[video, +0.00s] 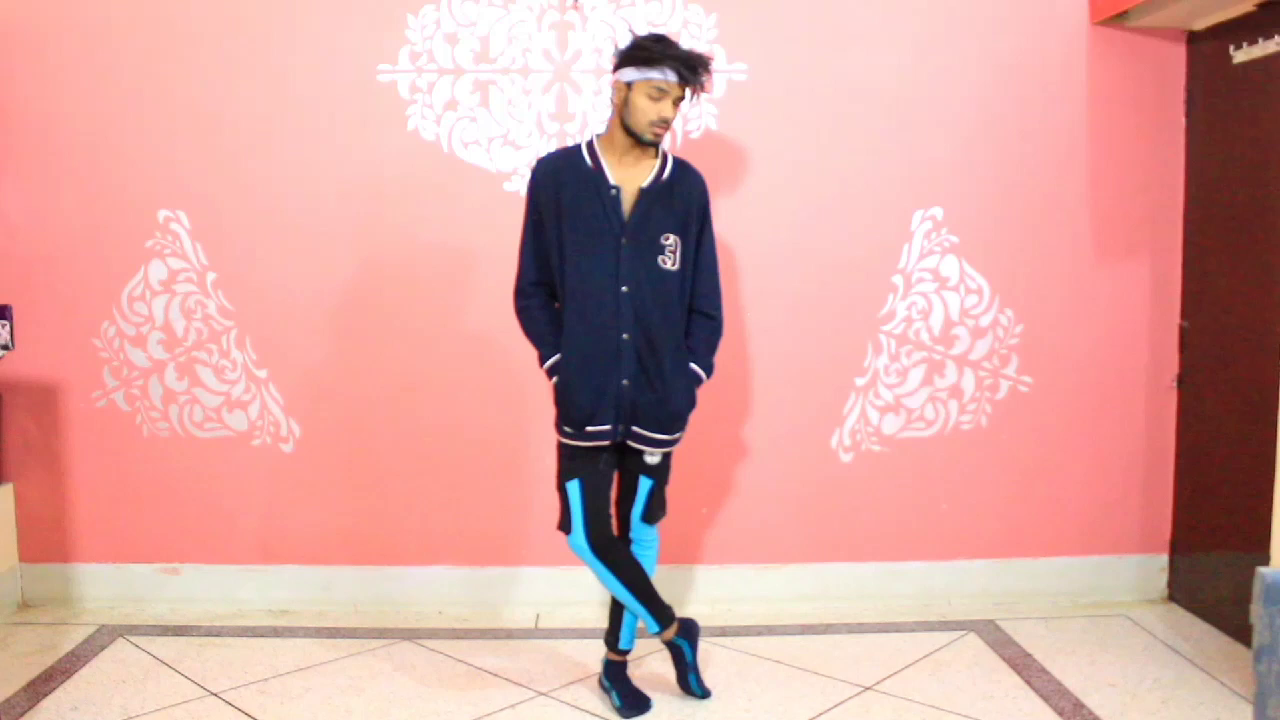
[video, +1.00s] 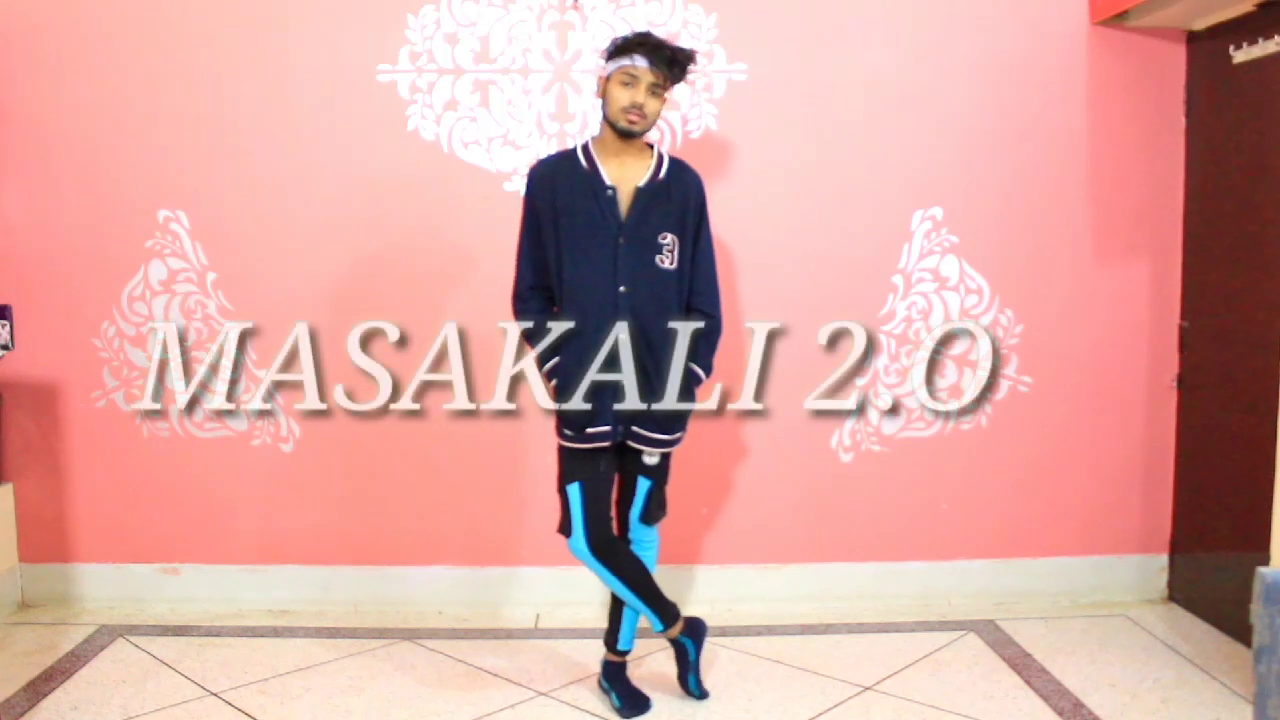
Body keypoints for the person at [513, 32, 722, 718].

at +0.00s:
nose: (666, 109)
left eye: (675, 98)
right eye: (655, 94)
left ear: (680, 105)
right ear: (619, 92)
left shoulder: (685, 183)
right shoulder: (558, 172)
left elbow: (705, 292)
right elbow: (533, 285)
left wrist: (694, 369)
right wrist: (555, 360)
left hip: (662, 386)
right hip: (585, 384)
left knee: (640, 528)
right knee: (587, 533)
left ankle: (616, 661)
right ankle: (674, 632)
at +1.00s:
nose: (638, 99)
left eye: (653, 89)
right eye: (627, 82)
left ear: (667, 102)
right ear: (602, 87)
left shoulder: (682, 183)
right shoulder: (553, 176)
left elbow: (703, 291)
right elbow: (530, 290)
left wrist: (694, 373)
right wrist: (556, 365)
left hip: (661, 384)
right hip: (584, 383)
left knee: (640, 524)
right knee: (588, 534)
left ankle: (616, 663)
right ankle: (679, 629)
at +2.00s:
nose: (652, 114)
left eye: (662, 102)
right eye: (640, 99)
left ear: (671, 106)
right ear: (607, 97)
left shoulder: (681, 181)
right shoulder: (555, 176)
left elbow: (703, 291)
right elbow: (531, 289)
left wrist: (696, 367)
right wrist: (557, 360)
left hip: (661, 383)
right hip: (585, 383)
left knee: (640, 525)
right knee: (586, 531)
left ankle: (616, 660)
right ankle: (668, 632)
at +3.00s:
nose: (654, 125)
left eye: (663, 112)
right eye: (641, 111)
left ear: (671, 111)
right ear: (607, 104)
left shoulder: (682, 182)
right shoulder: (556, 179)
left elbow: (706, 293)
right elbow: (534, 291)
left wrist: (698, 370)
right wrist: (561, 363)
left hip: (666, 387)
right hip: (590, 387)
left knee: (644, 527)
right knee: (587, 532)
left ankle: (616, 661)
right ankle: (674, 633)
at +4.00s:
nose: (669, 120)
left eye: (683, 110)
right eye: (660, 103)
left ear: (696, 117)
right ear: (635, 98)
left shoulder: (699, 196)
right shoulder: (575, 169)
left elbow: (712, 299)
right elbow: (539, 275)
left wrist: (703, 372)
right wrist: (559, 347)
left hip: (665, 386)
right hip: (588, 380)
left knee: (643, 524)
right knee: (586, 526)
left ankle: (619, 661)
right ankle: (669, 634)